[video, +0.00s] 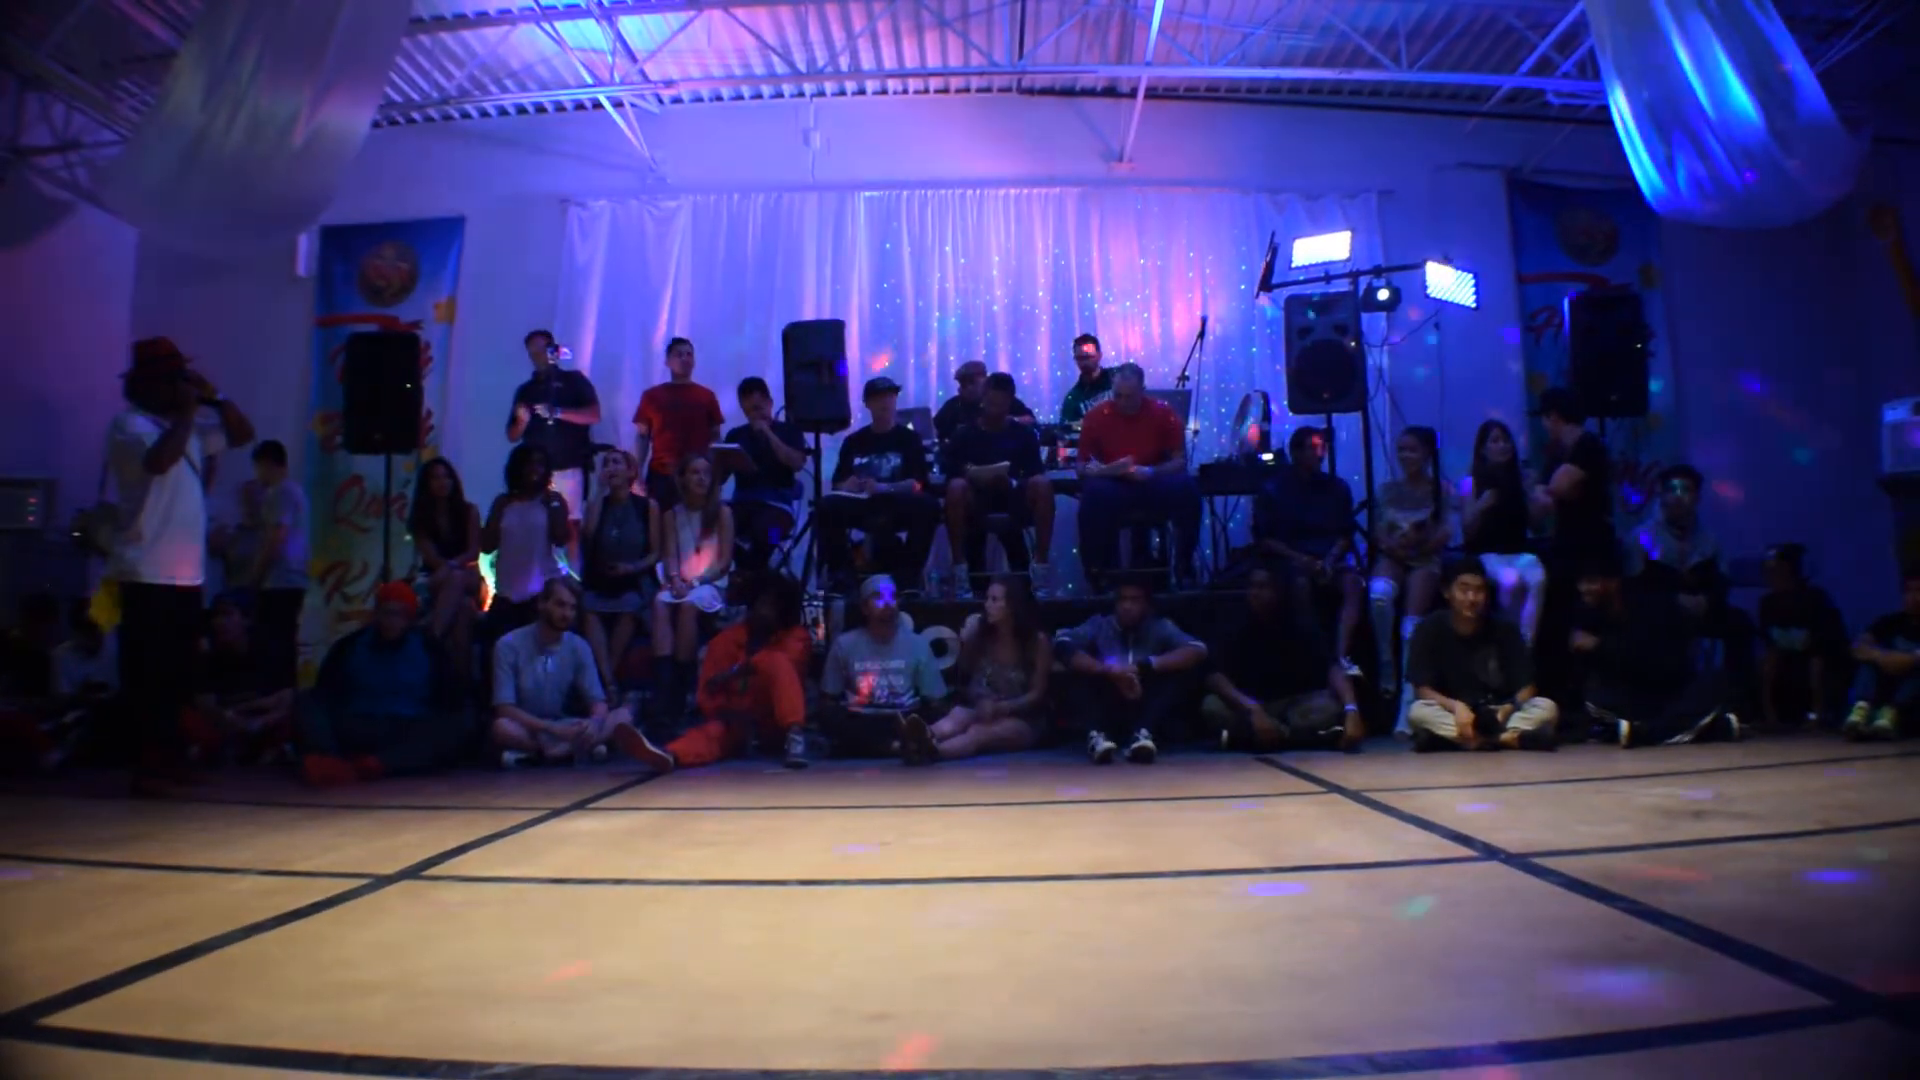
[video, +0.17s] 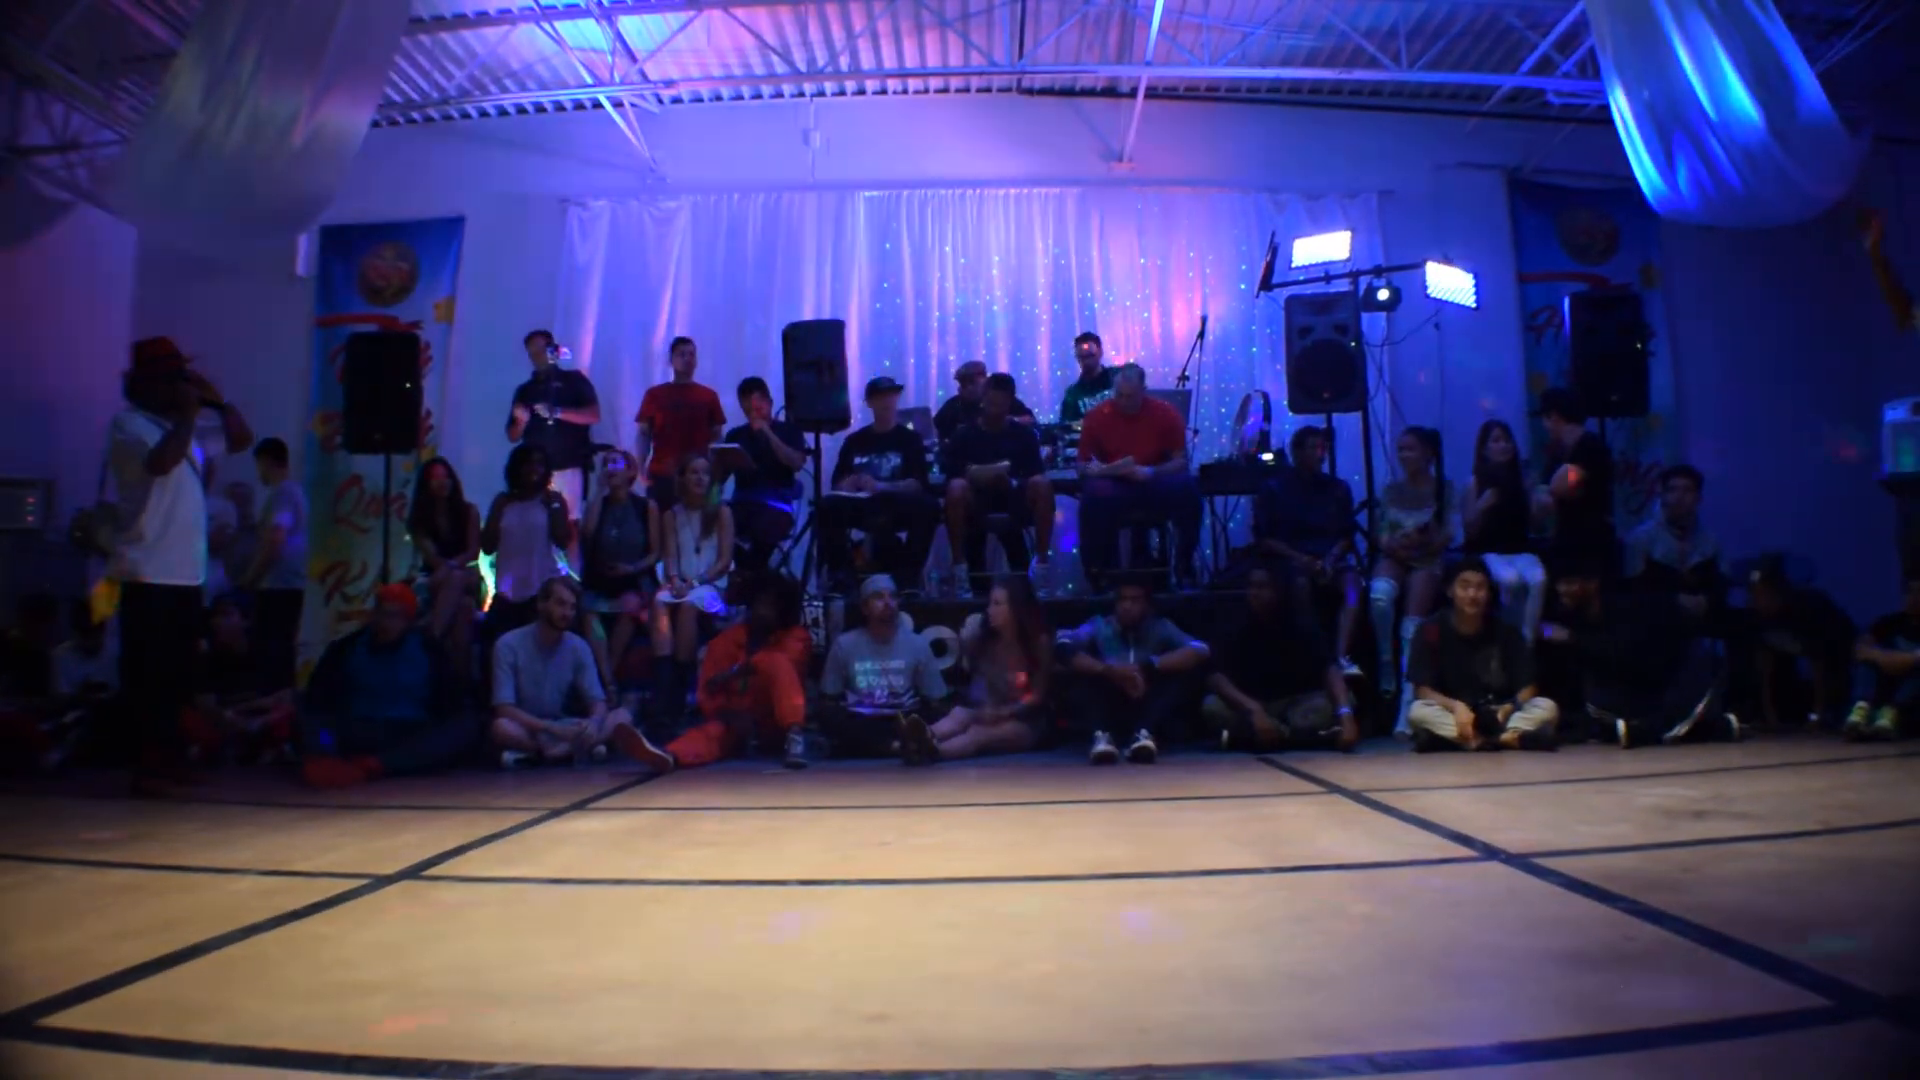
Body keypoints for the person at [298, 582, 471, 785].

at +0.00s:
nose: (391, 621)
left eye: (398, 614)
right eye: (386, 613)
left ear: (411, 617)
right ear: (376, 614)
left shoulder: (427, 650)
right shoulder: (349, 647)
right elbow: (326, 691)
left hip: (410, 726)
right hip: (353, 725)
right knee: (308, 705)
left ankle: (383, 763)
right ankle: (327, 760)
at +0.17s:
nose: (386, 623)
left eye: (394, 616)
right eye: (382, 614)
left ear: (409, 618)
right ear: (374, 614)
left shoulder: (427, 651)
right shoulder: (345, 649)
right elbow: (316, 698)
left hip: (411, 730)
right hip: (352, 728)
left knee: (463, 728)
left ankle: (372, 766)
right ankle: (323, 761)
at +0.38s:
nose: (385, 626)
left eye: (392, 619)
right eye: (380, 617)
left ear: (406, 621)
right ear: (370, 617)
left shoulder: (426, 653)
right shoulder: (344, 652)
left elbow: (445, 699)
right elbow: (315, 699)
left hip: (411, 732)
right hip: (352, 731)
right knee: (310, 717)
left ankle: (374, 767)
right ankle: (325, 764)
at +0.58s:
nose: (393, 627)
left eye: (399, 620)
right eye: (385, 620)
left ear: (408, 621)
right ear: (370, 621)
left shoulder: (426, 652)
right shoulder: (346, 653)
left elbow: (448, 699)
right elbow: (318, 704)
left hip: (415, 733)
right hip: (357, 731)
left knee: (467, 734)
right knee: (308, 724)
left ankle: (377, 767)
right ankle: (327, 765)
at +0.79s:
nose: (397, 626)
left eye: (401, 618)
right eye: (388, 619)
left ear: (409, 619)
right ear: (371, 621)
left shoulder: (427, 652)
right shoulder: (346, 654)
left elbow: (449, 697)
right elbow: (319, 704)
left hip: (417, 734)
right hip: (359, 733)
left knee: (466, 734)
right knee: (309, 724)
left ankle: (378, 767)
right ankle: (328, 766)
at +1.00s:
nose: (397, 624)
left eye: (402, 617)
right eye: (389, 617)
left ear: (410, 618)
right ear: (372, 619)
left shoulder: (427, 652)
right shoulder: (346, 653)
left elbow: (445, 699)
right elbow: (319, 704)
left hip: (415, 733)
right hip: (358, 732)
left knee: (467, 734)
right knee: (307, 725)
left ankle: (377, 767)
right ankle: (328, 766)